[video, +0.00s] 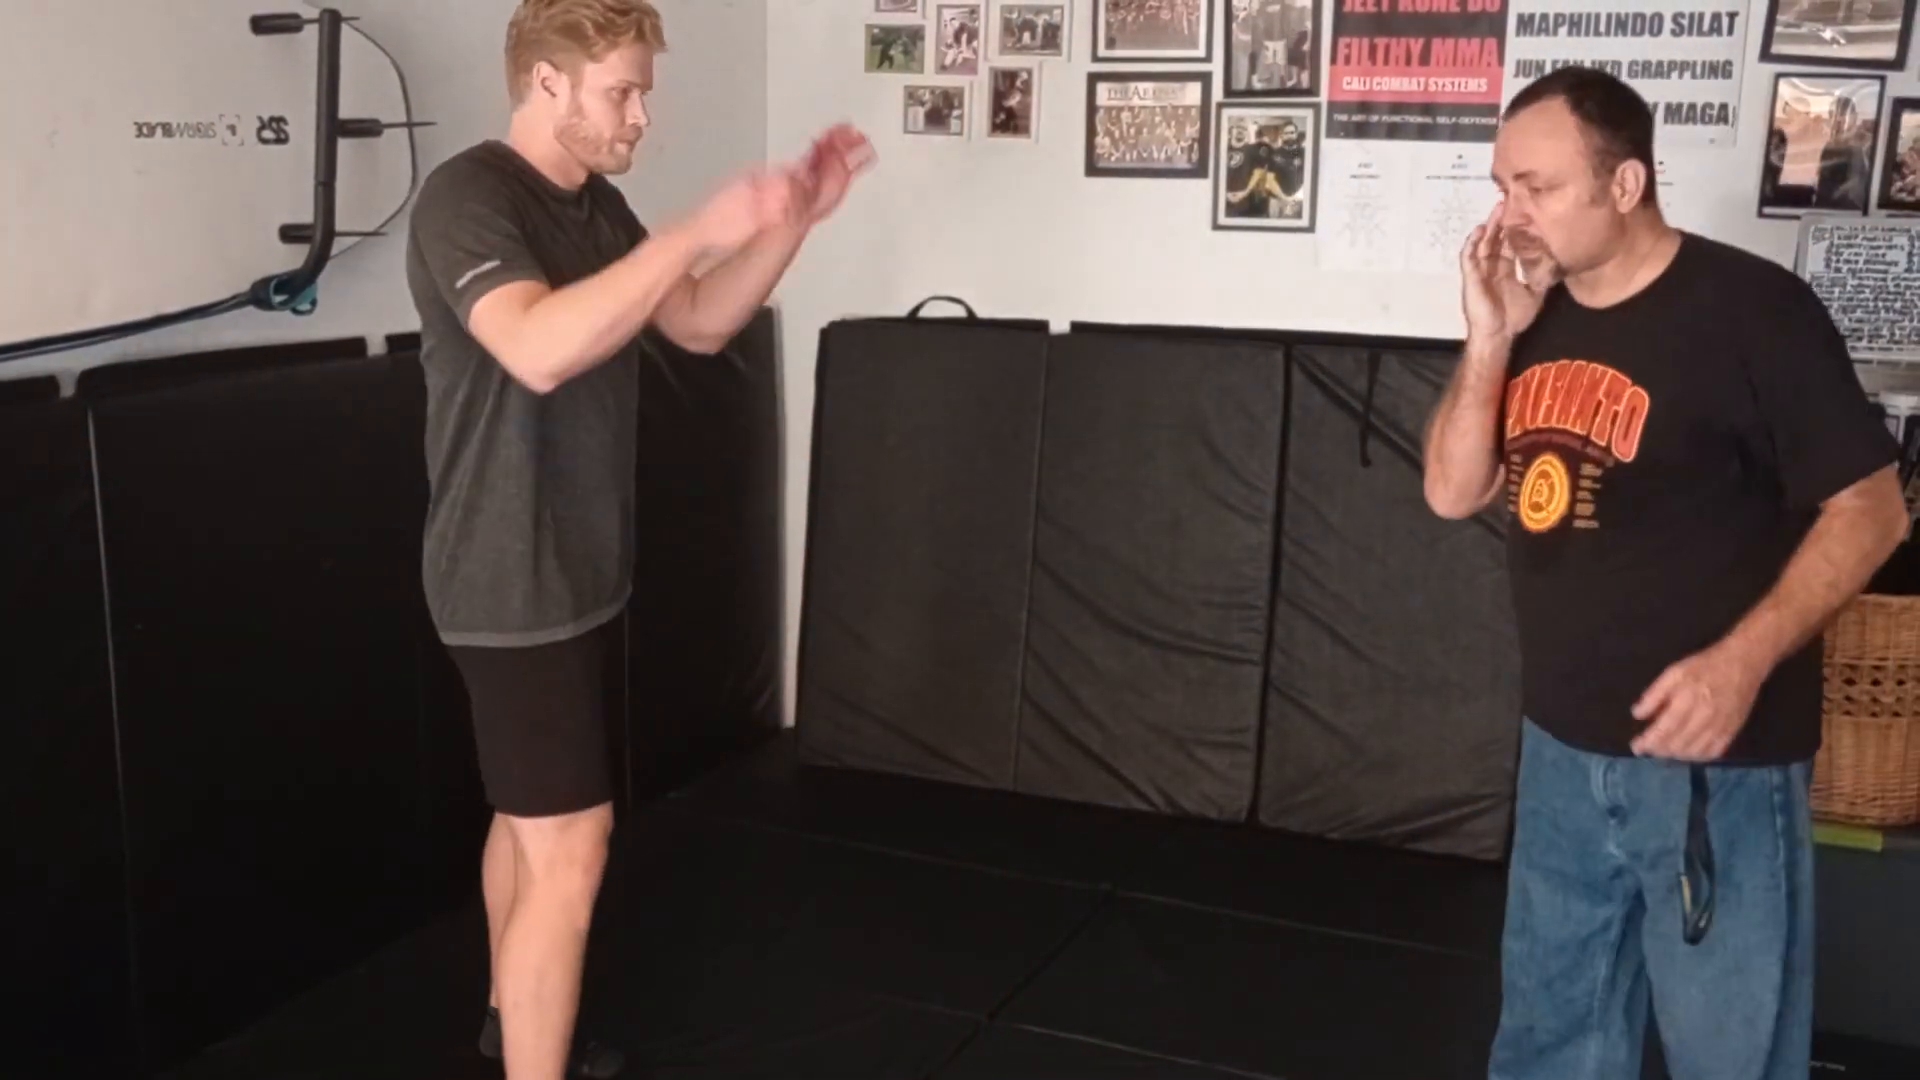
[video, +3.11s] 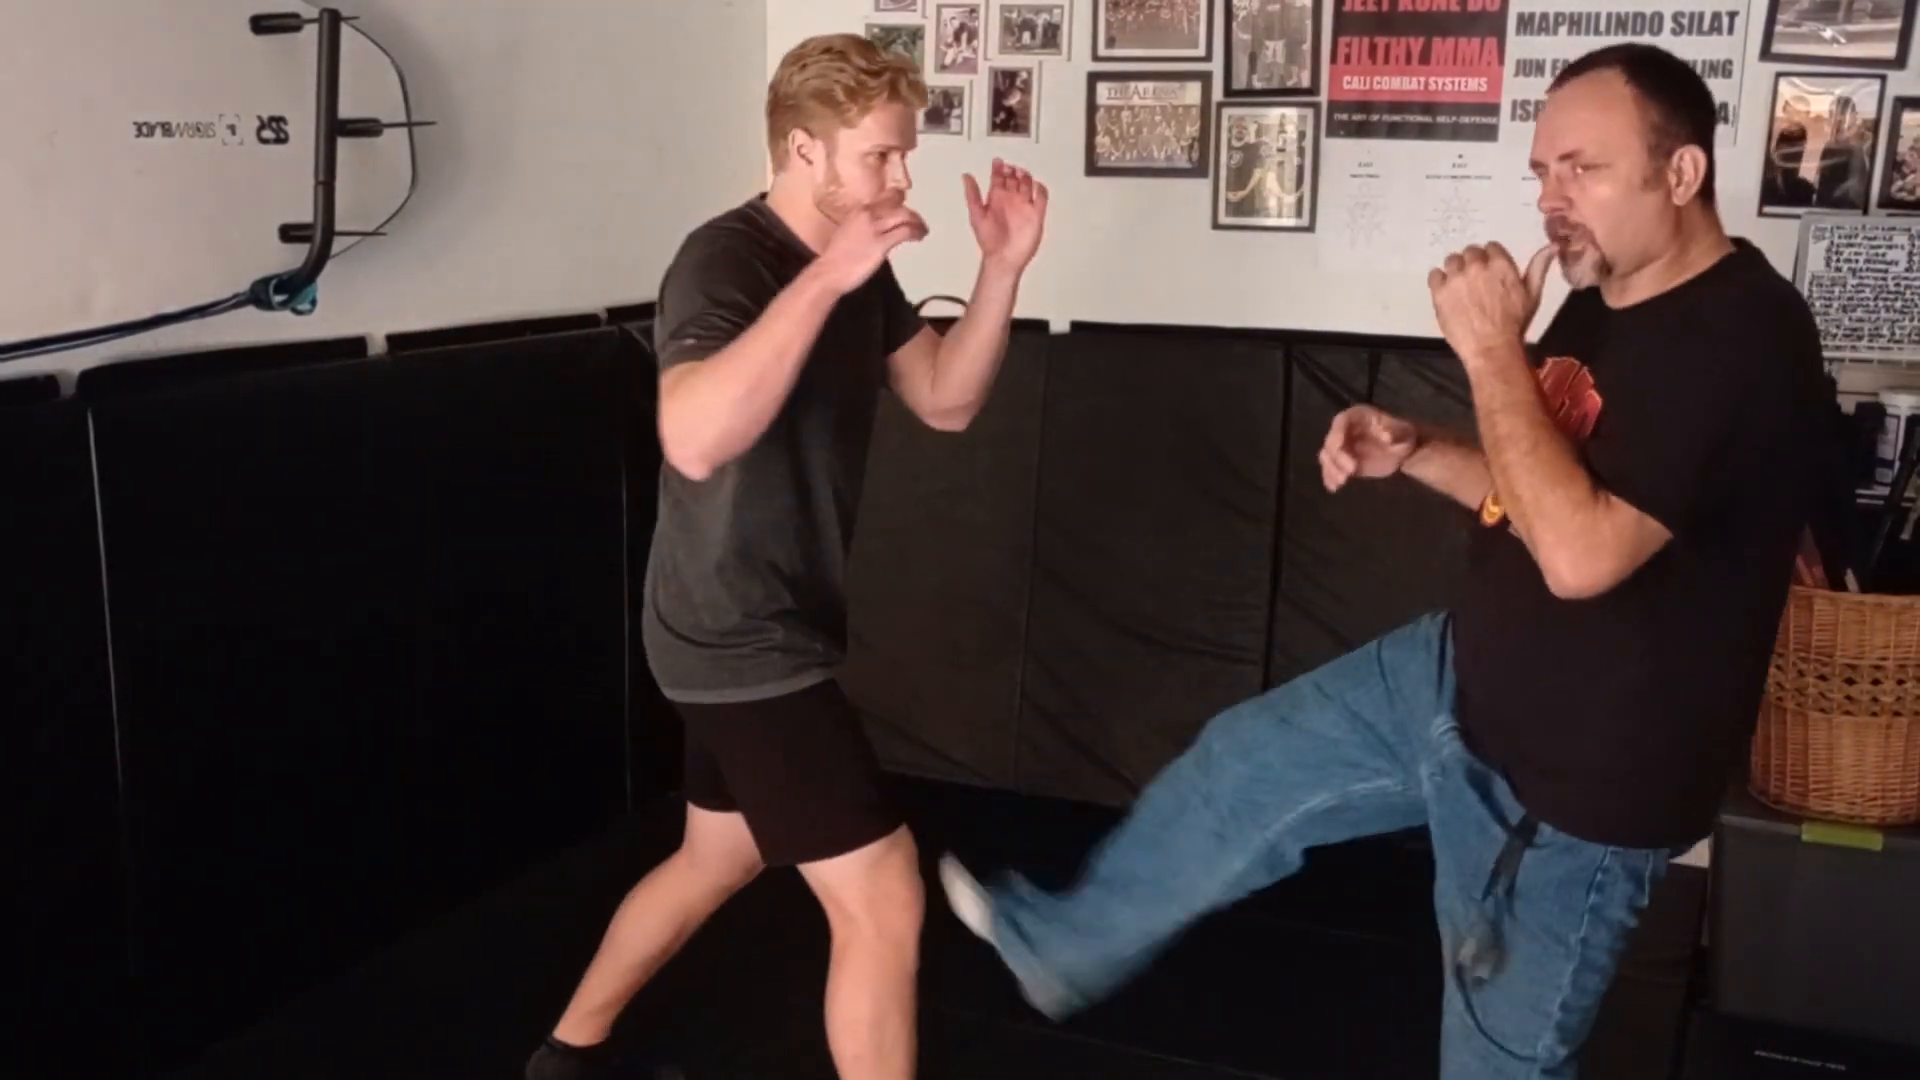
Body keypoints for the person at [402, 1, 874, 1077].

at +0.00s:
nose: (639, 116)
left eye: (644, 95)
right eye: (621, 94)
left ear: (633, 96)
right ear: (546, 88)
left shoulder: (597, 206)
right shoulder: (463, 198)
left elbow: (697, 319)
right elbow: (537, 347)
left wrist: (790, 224)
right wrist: (695, 233)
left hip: (582, 578)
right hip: (511, 592)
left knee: (526, 828)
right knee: (570, 850)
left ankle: (512, 1017)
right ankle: (538, 1068)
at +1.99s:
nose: (585, 123)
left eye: (593, 101)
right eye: (565, 101)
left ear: (590, 102)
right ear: (494, 97)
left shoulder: (558, 220)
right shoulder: (406, 211)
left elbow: (641, 340)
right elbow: (411, 384)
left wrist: (700, 233)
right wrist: (538, 256)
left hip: (541, 565)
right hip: (459, 577)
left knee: (476, 790)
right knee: (519, 828)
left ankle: (432, 980)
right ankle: (509, 1070)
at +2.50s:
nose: (670, 162)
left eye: (679, 139)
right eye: (650, 139)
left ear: (681, 134)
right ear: (579, 127)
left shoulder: (661, 241)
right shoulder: (499, 231)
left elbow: (752, 340)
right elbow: (437, 381)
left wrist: (802, 231)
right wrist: (571, 243)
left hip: (614, 589)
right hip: (518, 600)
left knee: (651, 806)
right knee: (600, 865)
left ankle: (476, 972)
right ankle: (525, 1074)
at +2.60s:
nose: (702, 154)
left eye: (708, 130)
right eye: (684, 130)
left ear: (694, 124)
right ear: (609, 119)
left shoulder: (671, 233)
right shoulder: (525, 228)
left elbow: (759, 333)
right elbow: (451, 381)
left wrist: (813, 218)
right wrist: (576, 247)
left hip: (654, 585)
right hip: (566, 597)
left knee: (667, 840)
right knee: (701, 849)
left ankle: (566, 1053)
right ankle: (558, 1064)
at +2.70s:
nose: (732, 165)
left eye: (736, 141)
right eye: (711, 143)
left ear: (662, 138)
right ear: (637, 135)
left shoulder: (696, 259)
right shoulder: (554, 247)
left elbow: (786, 361)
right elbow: (468, 411)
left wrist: (830, 240)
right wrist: (586, 277)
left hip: (688, 601)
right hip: (608, 613)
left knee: (693, 848)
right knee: (791, 841)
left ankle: (562, 1053)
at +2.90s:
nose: (826, 183)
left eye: (828, 159)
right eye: (804, 161)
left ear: (749, 158)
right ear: (728, 156)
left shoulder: (774, 280)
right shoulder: (644, 276)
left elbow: (859, 403)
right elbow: (549, 446)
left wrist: (923, 291)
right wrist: (666, 305)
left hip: (761, 637)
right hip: (702, 656)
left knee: (728, 876)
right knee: (857, 900)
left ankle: (569, 1050)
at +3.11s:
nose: (900, 183)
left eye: (905, 156)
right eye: (880, 159)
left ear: (906, 147)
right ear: (803, 154)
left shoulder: (852, 262)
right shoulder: (723, 262)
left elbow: (945, 400)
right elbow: (695, 439)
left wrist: (999, 269)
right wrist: (824, 278)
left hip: (779, 627)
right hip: (734, 640)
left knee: (716, 858)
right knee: (880, 899)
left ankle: (568, 1046)